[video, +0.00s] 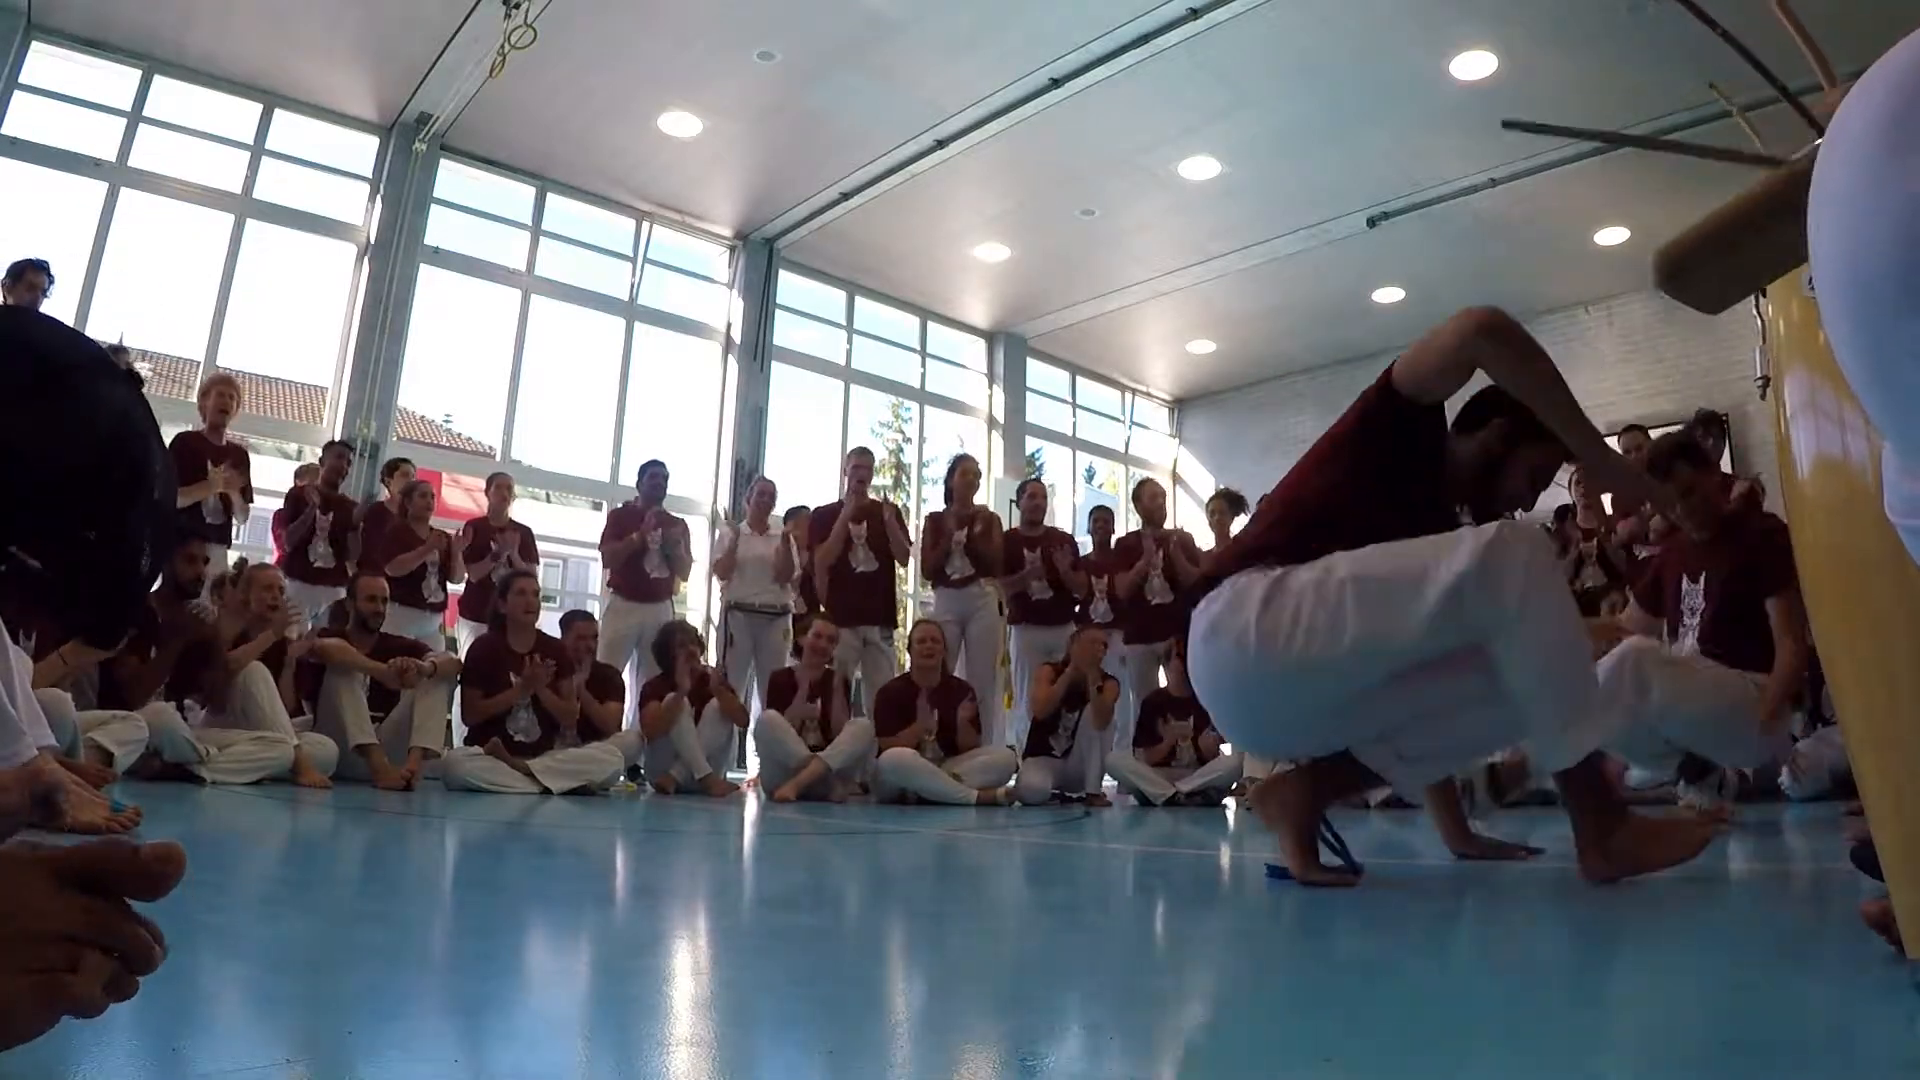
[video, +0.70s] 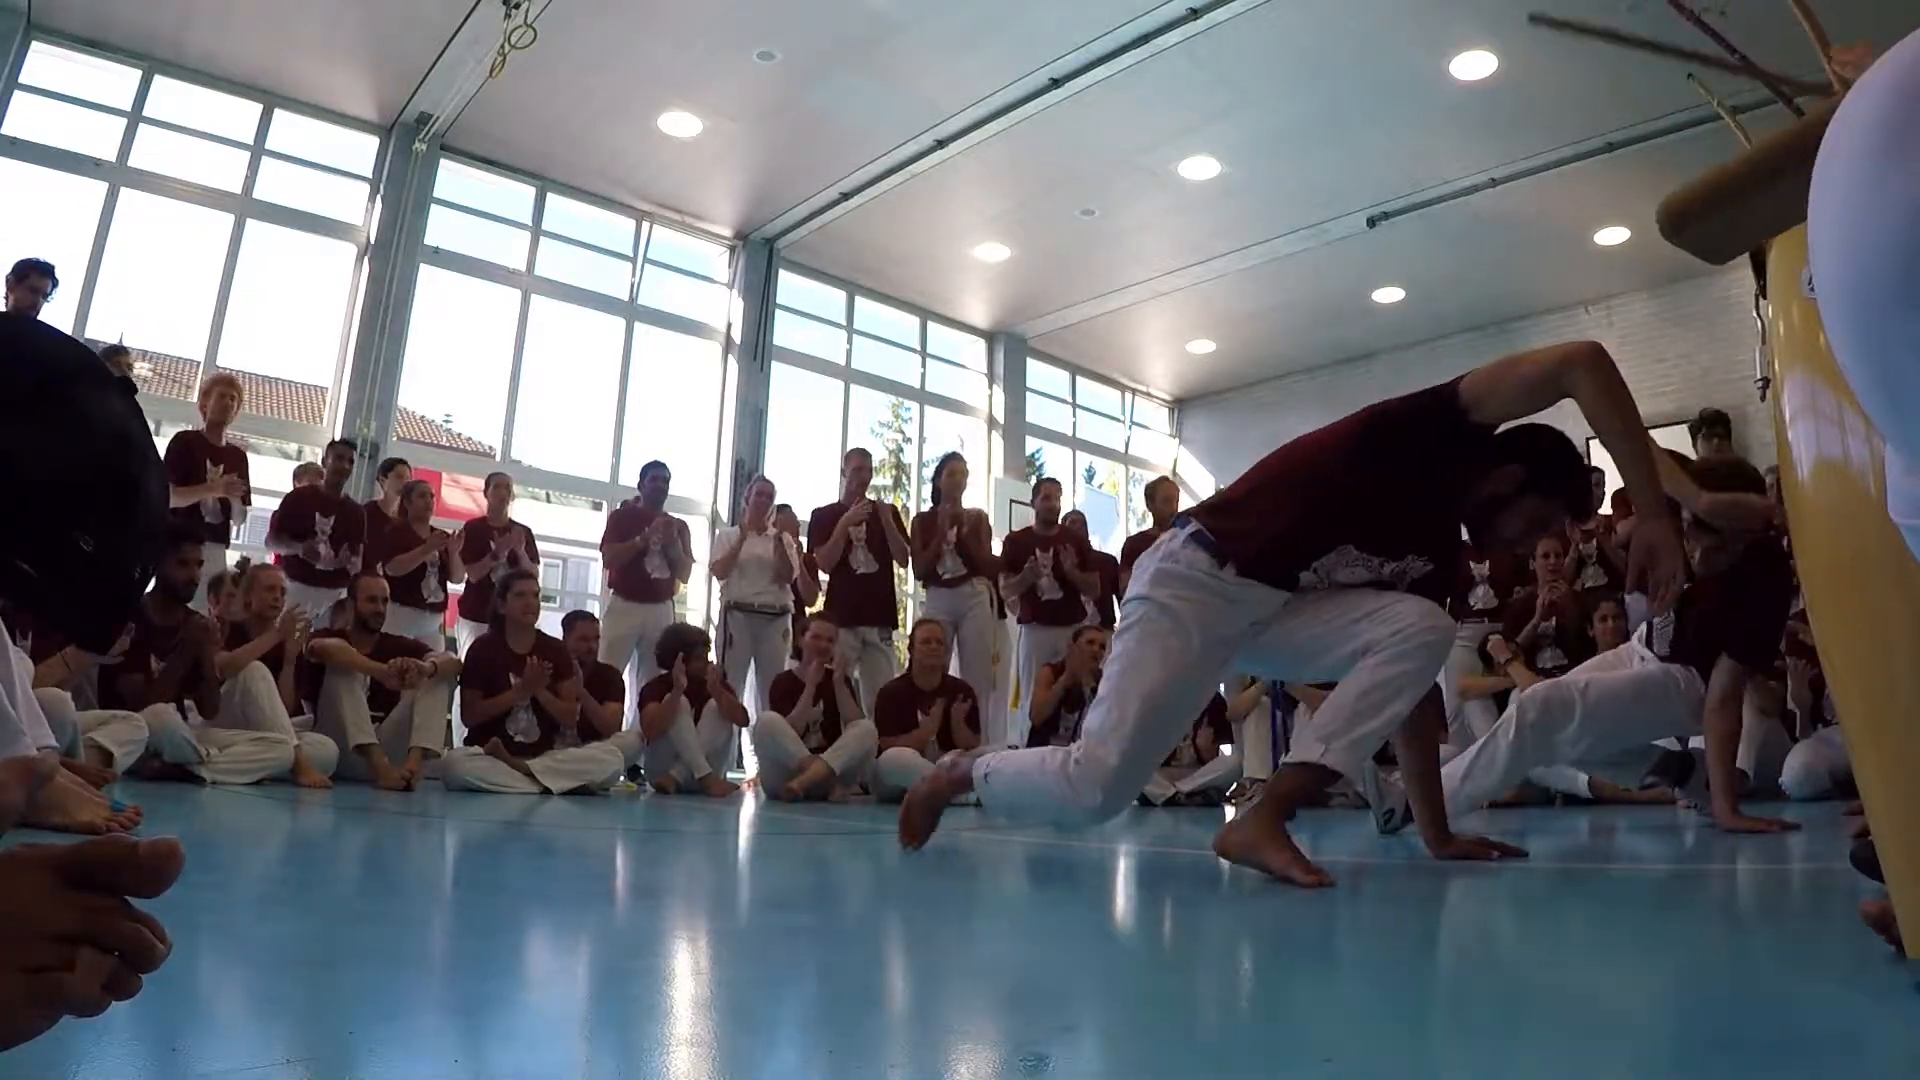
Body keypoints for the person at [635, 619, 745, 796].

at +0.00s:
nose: (690, 650)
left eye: (693, 643)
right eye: (682, 646)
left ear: (701, 647)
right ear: (669, 653)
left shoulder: (714, 680)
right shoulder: (654, 686)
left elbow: (743, 721)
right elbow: (650, 730)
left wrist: (718, 690)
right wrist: (680, 693)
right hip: (664, 771)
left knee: (719, 705)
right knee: (675, 701)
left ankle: (674, 776)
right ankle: (707, 777)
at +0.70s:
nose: (706, 662)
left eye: (707, 655)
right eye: (699, 657)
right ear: (679, 660)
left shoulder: (717, 682)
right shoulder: (655, 688)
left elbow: (743, 720)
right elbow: (650, 730)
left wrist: (717, 691)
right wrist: (676, 693)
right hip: (664, 771)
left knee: (717, 705)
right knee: (678, 702)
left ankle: (675, 776)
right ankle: (706, 776)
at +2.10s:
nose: (689, 651)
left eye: (691, 644)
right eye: (679, 647)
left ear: (697, 646)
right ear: (665, 657)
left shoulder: (714, 679)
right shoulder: (653, 687)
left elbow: (742, 720)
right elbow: (652, 727)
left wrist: (711, 691)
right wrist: (695, 694)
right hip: (664, 772)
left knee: (716, 706)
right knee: (677, 700)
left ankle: (676, 776)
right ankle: (706, 776)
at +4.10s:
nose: (688, 667)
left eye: (694, 658)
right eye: (680, 662)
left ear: (703, 655)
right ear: (664, 662)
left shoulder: (717, 683)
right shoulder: (655, 687)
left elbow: (743, 720)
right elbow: (652, 728)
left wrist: (712, 689)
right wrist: (688, 698)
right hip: (664, 772)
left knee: (720, 704)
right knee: (676, 704)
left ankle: (677, 776)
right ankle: (708, 776)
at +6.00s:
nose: (690, 658)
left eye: (694, 650)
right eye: (682, 652)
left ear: (701, 652)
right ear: (667, 658)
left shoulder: (715, 682)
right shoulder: (654, 688)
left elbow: (742, 718)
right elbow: (652, 729)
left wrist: (710, 689)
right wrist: (692, 695)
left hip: (710, 770)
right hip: (665, 771)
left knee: (719, 703)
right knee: (677, 700)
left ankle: (678, 776)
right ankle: (707, 776)